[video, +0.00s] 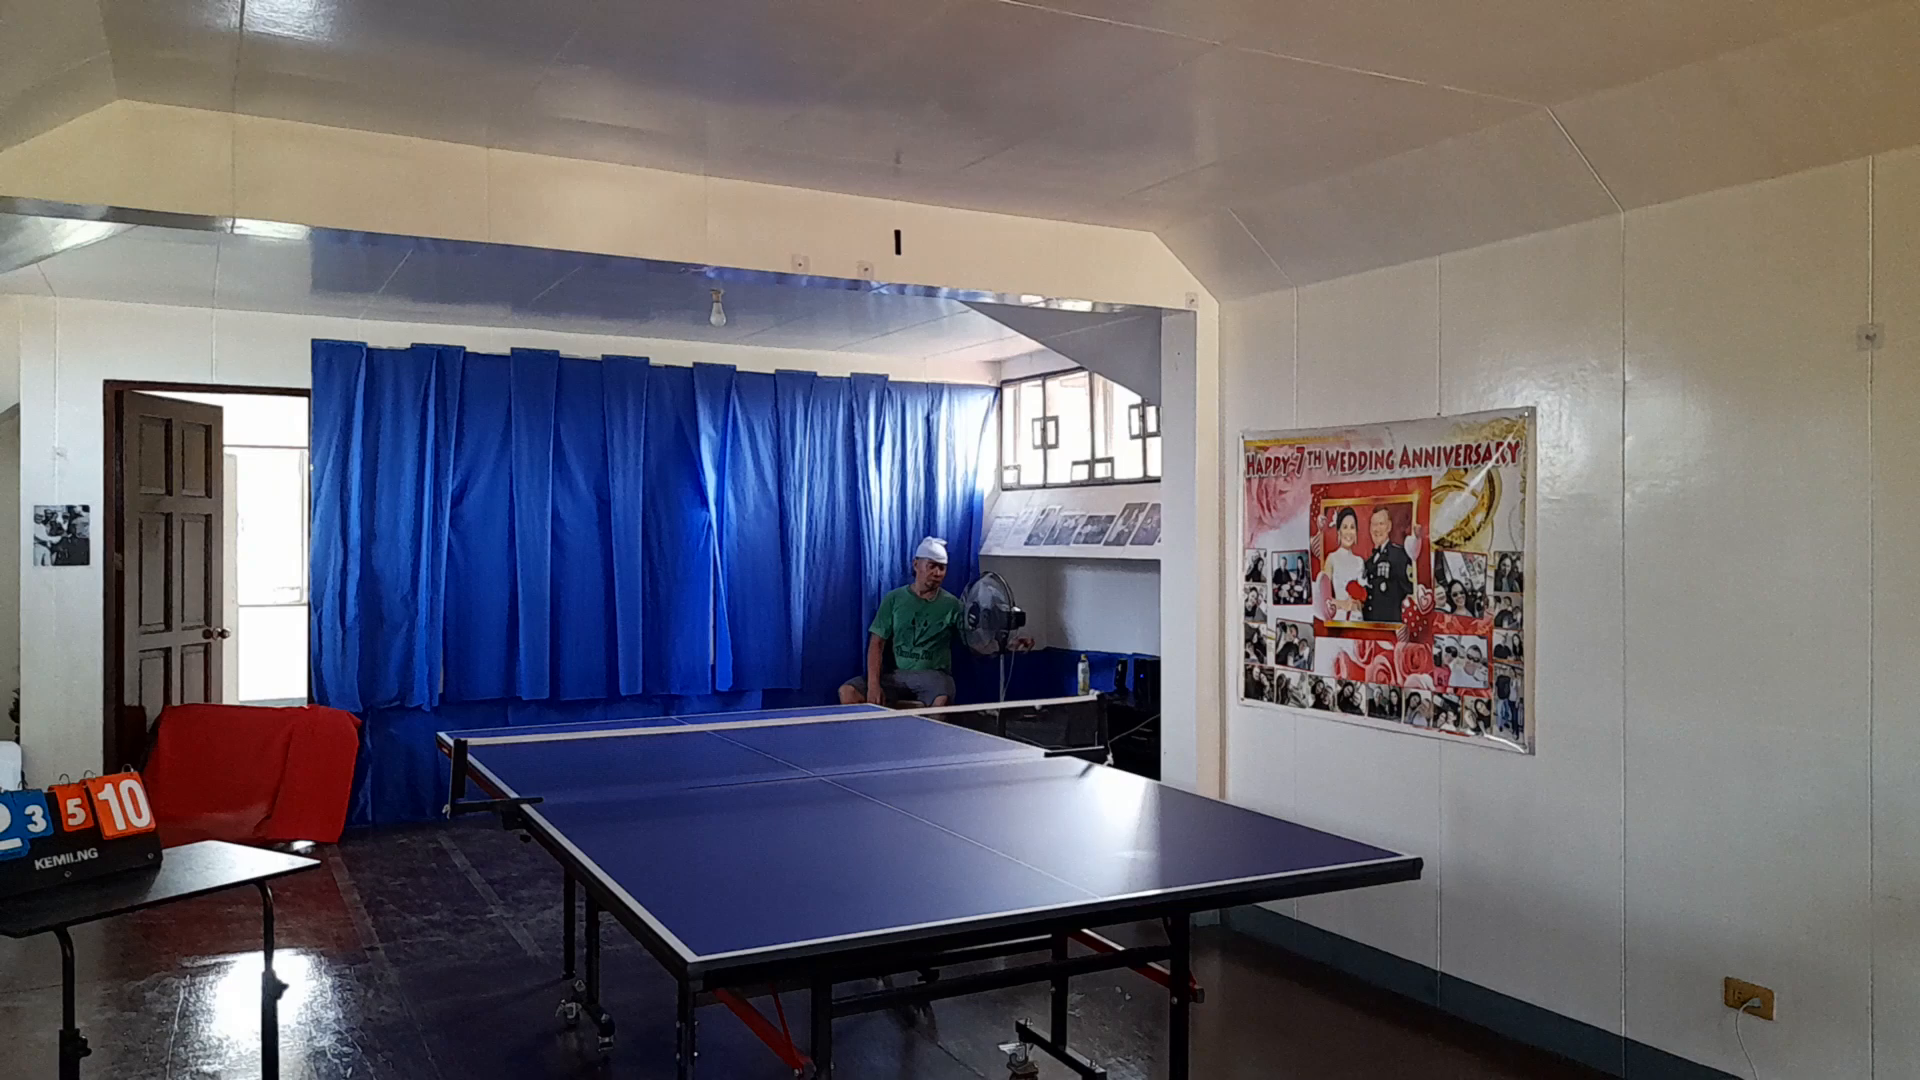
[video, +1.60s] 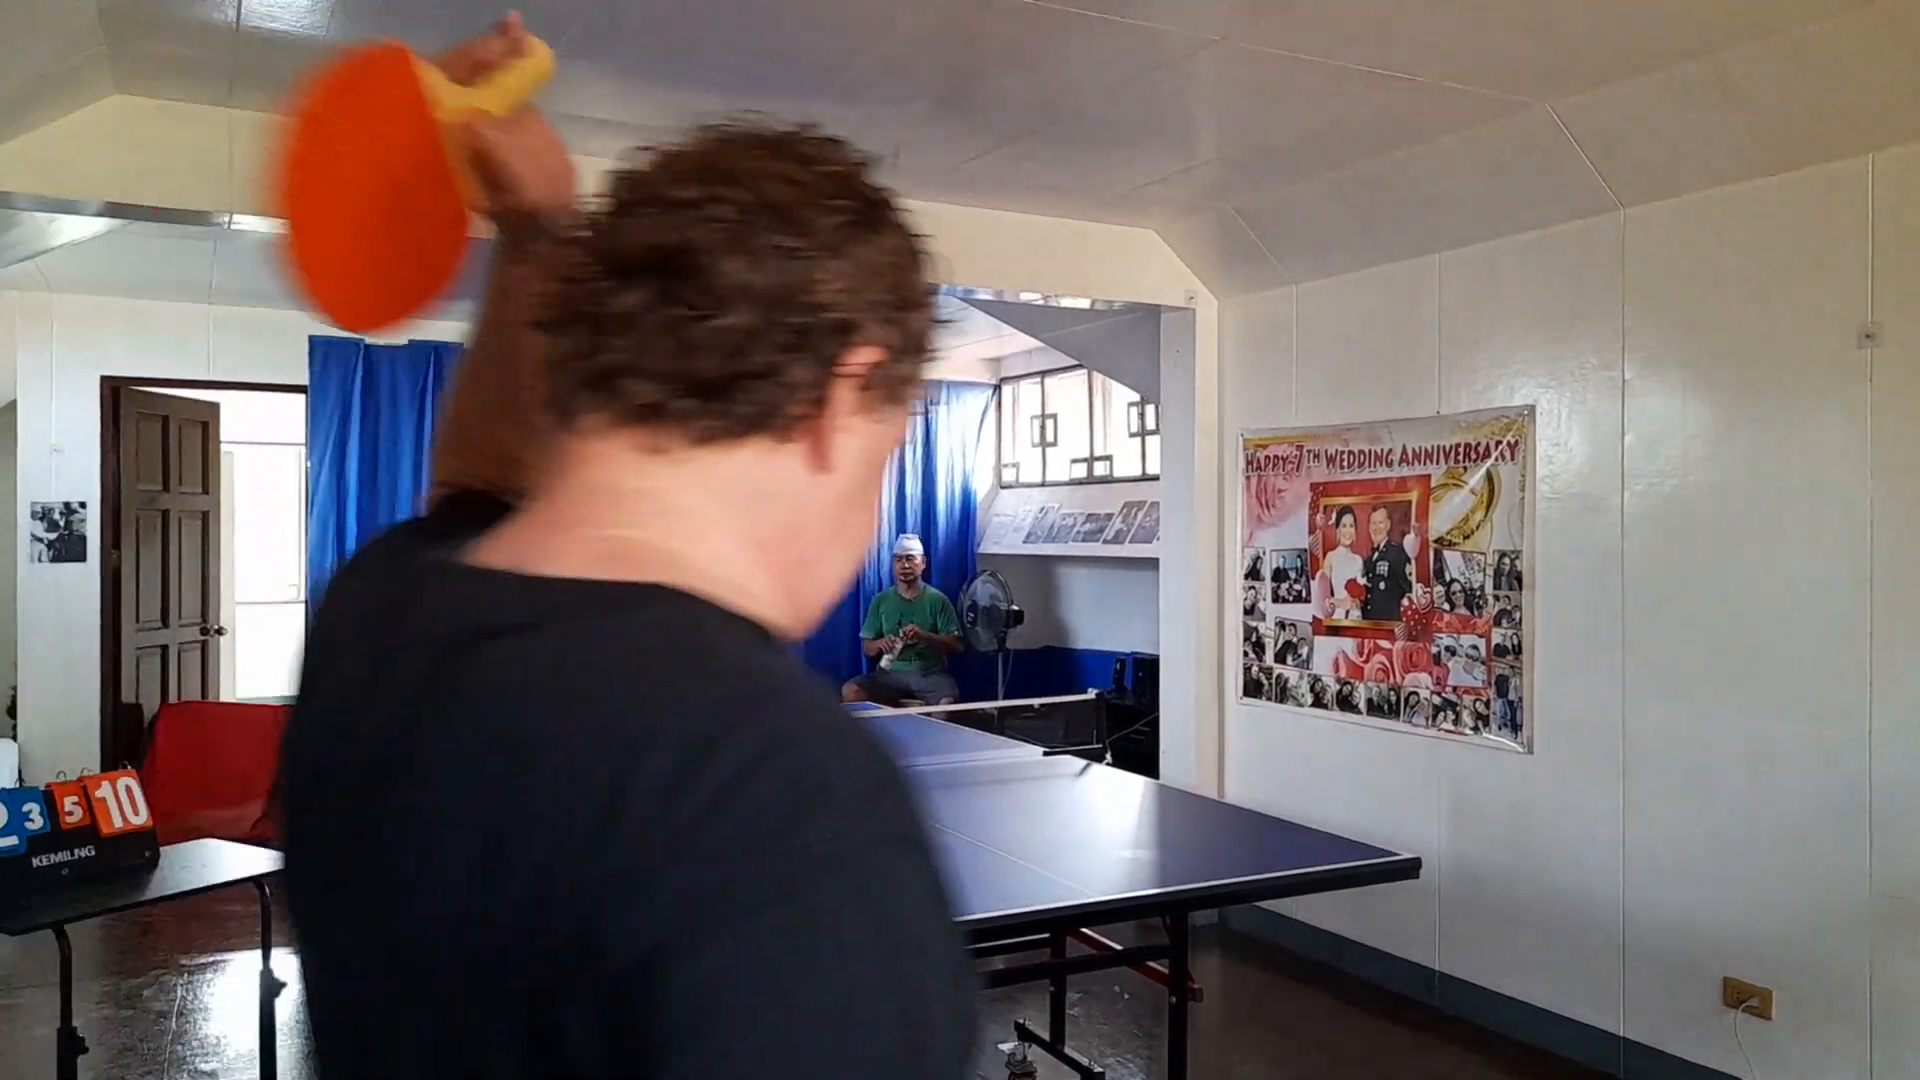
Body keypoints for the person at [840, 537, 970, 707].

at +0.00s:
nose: (937, 573)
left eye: (942, 568)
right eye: (931, 566)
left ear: (946, 571)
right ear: (916, 565)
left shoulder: (953, 605)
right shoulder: (894, 599)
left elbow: (978, 643)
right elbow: (876, 643)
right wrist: (873, 685)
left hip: (933, 677)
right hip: (897, 675)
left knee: (941, 699)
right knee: (848, 691)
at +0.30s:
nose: (950, 572)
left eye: (954, 568)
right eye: (945, 565)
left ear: (958, 572)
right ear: (928, 566)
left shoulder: (963, 607)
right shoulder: (905, 600)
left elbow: (1004, 627)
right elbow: (883, 643)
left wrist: (1046, 638)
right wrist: (875, 687)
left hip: (935, 677)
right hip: (899, 673)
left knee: (944, 703)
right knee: (849, 691)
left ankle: (928, 753)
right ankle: (871, 742)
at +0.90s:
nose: (941, 573)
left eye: (946, 567)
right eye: (935, 567)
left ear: (951, 570)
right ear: (921, 569)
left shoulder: (959, 607)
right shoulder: (900, 602)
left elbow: (980, 643)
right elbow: (882, 647)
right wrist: (885, 692)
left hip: (938, 677)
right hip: (901, 673)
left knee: (949, 704)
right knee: (855, 692)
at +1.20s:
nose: (929, 568)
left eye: (934, 563)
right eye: (922, 562)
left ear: (939, 568)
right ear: (910, 566)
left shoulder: (950, 606)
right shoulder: (892, 601)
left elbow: (959, 647)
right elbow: (877, 649)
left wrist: (955, 649)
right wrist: (900, 664)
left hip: (933, 678)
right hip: (897, 676)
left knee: (950, 706)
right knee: (854, 692)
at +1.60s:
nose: (904, 565)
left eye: (910, 559)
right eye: (899, 560)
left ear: (923, 563)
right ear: (893, 564)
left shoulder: (937, 600)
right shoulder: (880, 601)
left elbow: (956, 644)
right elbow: (867, 648)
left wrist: (923, 637)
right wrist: (881, 643)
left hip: (928, 675)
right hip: (889, 674)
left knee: (946, 702)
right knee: (851, 691)